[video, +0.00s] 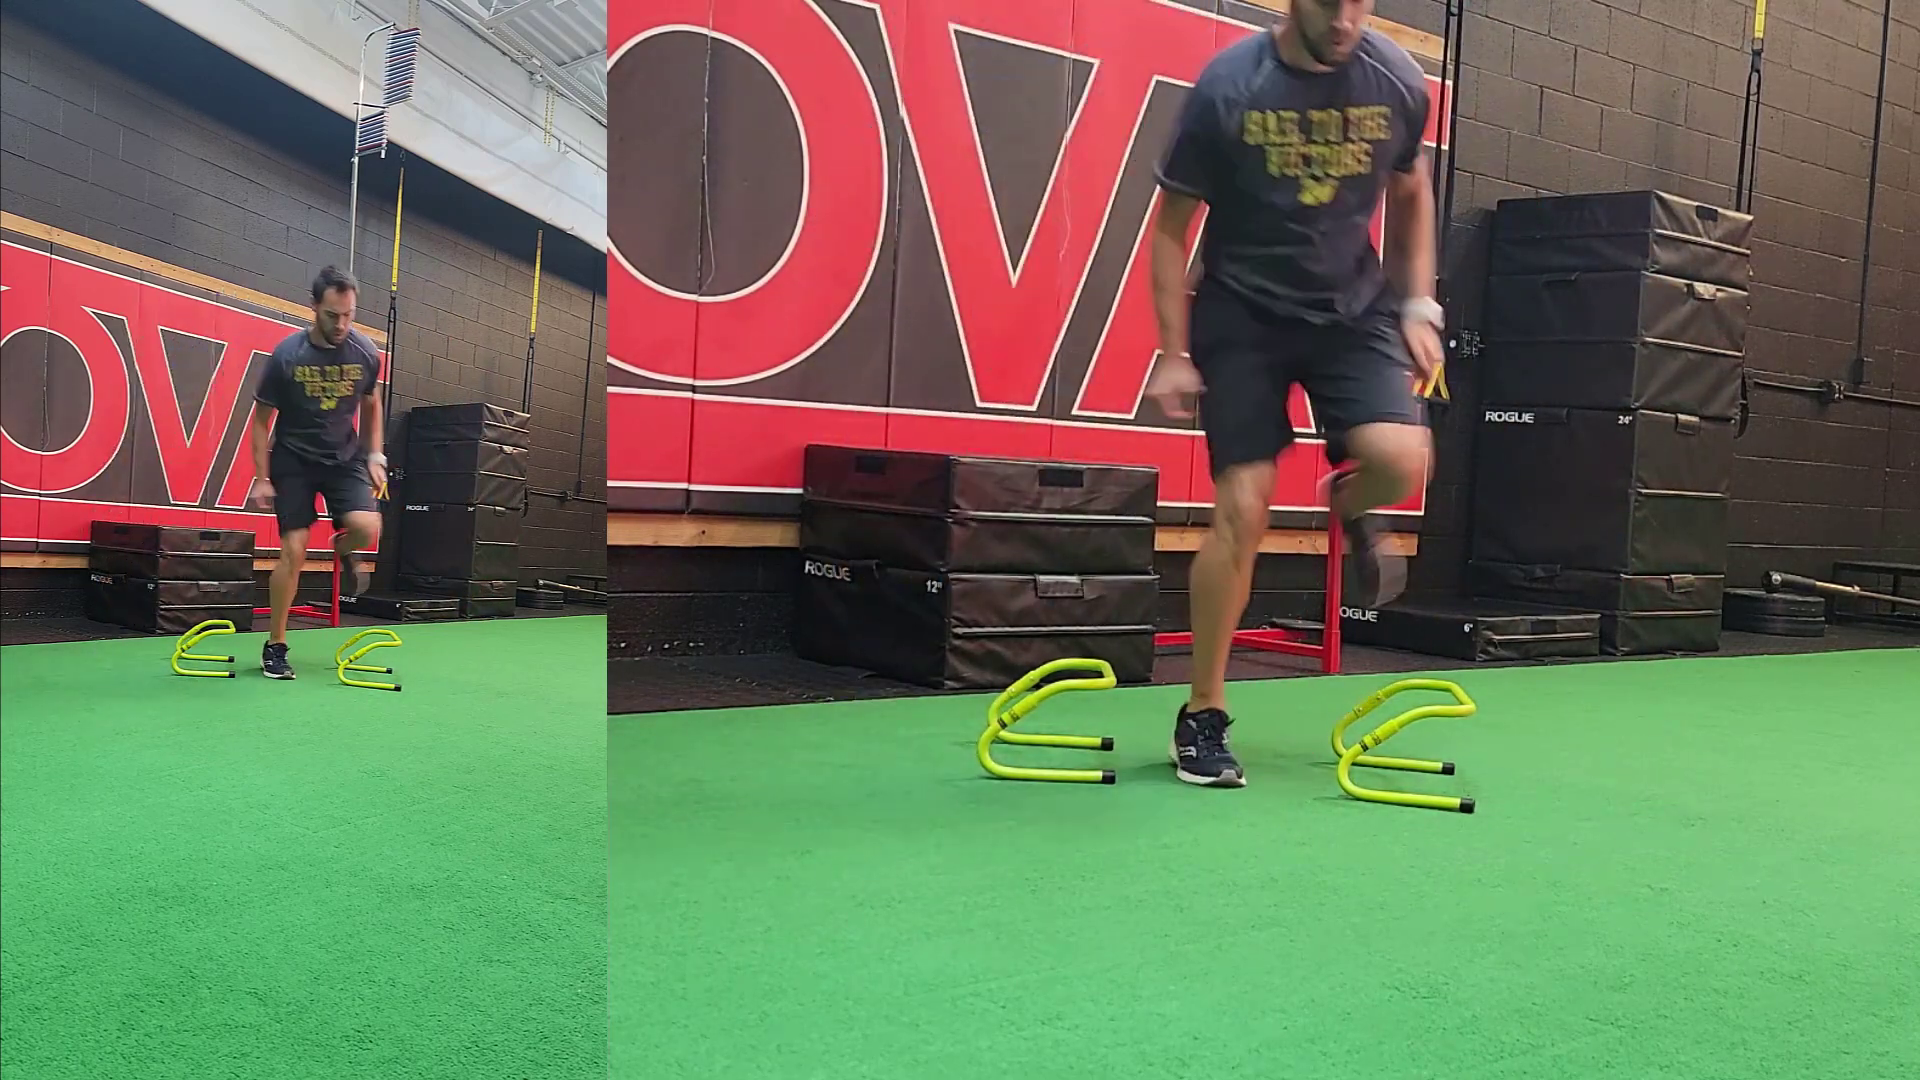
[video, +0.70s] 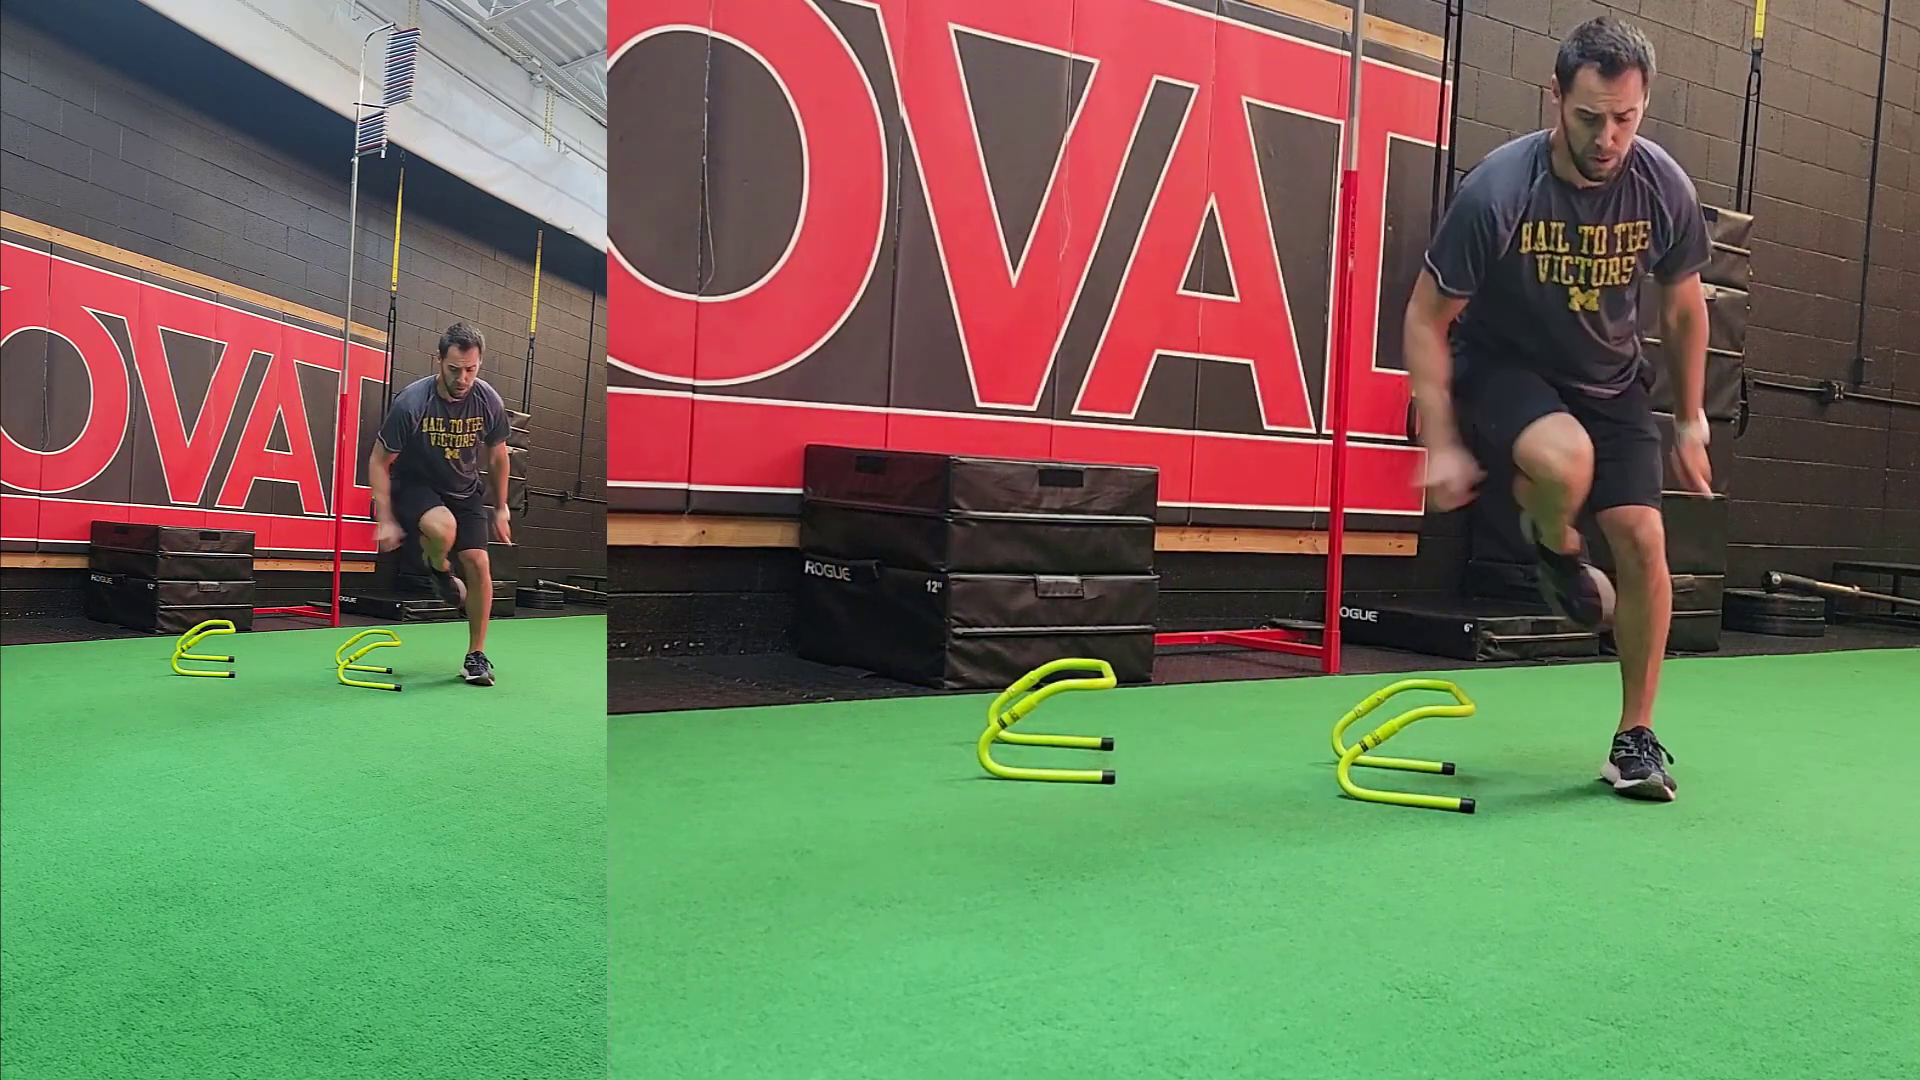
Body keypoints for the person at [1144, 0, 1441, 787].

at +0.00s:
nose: (1347, 22)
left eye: (1359, 7)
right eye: (1330, 6)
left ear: (1373, 5)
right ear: (1290, 2)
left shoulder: (1400, 83)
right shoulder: (1225, 90)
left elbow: (1413, 194)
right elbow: (1169, 231)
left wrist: (1419, 304)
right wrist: (1173, 353)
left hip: (1355, 311)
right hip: (1243, 312)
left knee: (1402, 465)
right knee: (1243, 511)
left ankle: (1342, 505)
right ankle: (1204, 714)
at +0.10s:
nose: (1409, 26)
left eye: (1423, 10)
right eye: (1392, 9)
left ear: (1439, 10)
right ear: (1351, 7)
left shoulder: (1461, 78)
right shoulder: (1288, 90)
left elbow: (1474, 177)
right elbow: (1232, 225)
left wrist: (1469, 295)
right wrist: (1247, 351)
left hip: (1423, 310)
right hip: (1308, 323)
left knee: (1501, 466)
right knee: (1286, 503)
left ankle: (1486, 584)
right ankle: (1211, 709)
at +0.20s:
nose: (1477, 42)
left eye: (1492, 23)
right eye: (1460, 22)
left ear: (1509, 17)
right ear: (1420, 15)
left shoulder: (1531, 76)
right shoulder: (1357, 93)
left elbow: (1535, 163)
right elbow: (1301, 225)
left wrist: (1518, 266)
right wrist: (1351, 335)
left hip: (1485, 304)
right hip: (1379, 309)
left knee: (1542, 490)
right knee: (1356, 472)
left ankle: (1597, 693)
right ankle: (1274, 624)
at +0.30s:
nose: (1543, 91)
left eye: (1558, 71)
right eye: (1525, 72)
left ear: (1573, 53)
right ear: (1481, 51)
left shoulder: (1594, 129)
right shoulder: (1421, 147)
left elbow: (1594, 220)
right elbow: (1390, 288)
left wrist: (1571, 316)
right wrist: (1499, 282)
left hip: (1541, 352)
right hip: (1434, 345)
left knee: (1582, 537)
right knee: (1419, 476)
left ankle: (1625, 729)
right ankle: (1426, 504)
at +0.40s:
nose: (1590, 130)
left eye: (1603, 109)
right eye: (1572, 110)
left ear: (1617, 92)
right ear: (1527, 89)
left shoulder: (1634, 161)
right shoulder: (1467, 187)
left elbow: (1635, 244)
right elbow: (1442, 338)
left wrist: (1615, 329)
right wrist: (1554, 291)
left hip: (1588, 382)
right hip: (1481, 383)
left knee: (1613, 542)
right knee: (1518, 496)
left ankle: (1629, 733)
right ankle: (1525, 558)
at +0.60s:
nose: (1614, 149)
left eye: (1629, 127)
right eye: (1596, 129)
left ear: (1644, 111)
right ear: (1554, 108)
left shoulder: (1665, 177)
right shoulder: (1496, 207)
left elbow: (1672, 246)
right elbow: (1439, 337)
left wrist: (1656, 323)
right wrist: (1533, 378)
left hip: (1622, 378)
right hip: (1513, 383)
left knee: (1653, 534)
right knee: (1600, 492)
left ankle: (1642, 733)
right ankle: (1593, 571)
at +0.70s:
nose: (1606, 139)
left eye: (1623, 119)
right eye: (1590, 118)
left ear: (1642, 107)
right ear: (1555, 100)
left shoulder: (1666, 188)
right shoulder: (1495, 192)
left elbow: (1685, 300)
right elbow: (1427, 317)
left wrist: (1692, 417)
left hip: (1611, 381)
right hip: (1506, 366)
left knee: (1640, 535)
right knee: (1563, 461)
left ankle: (1636, 734)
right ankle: (1559, 554)